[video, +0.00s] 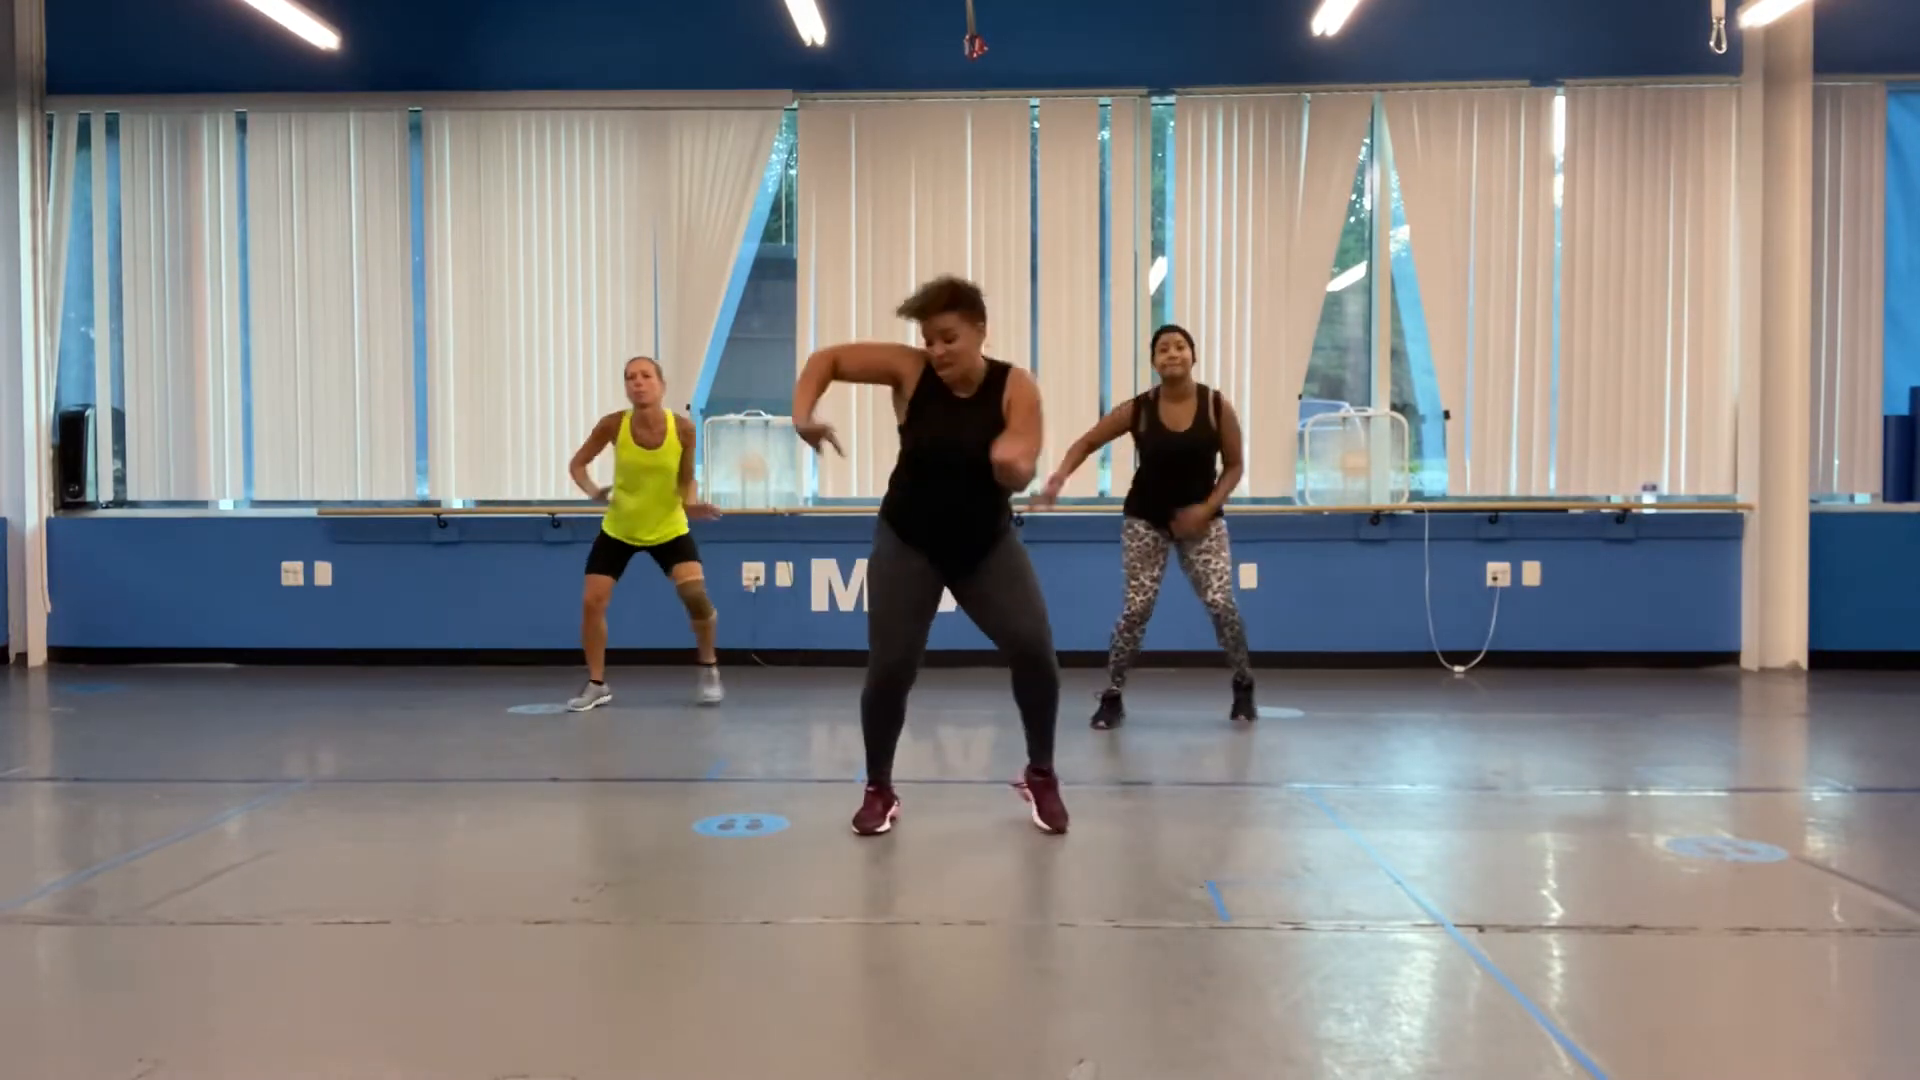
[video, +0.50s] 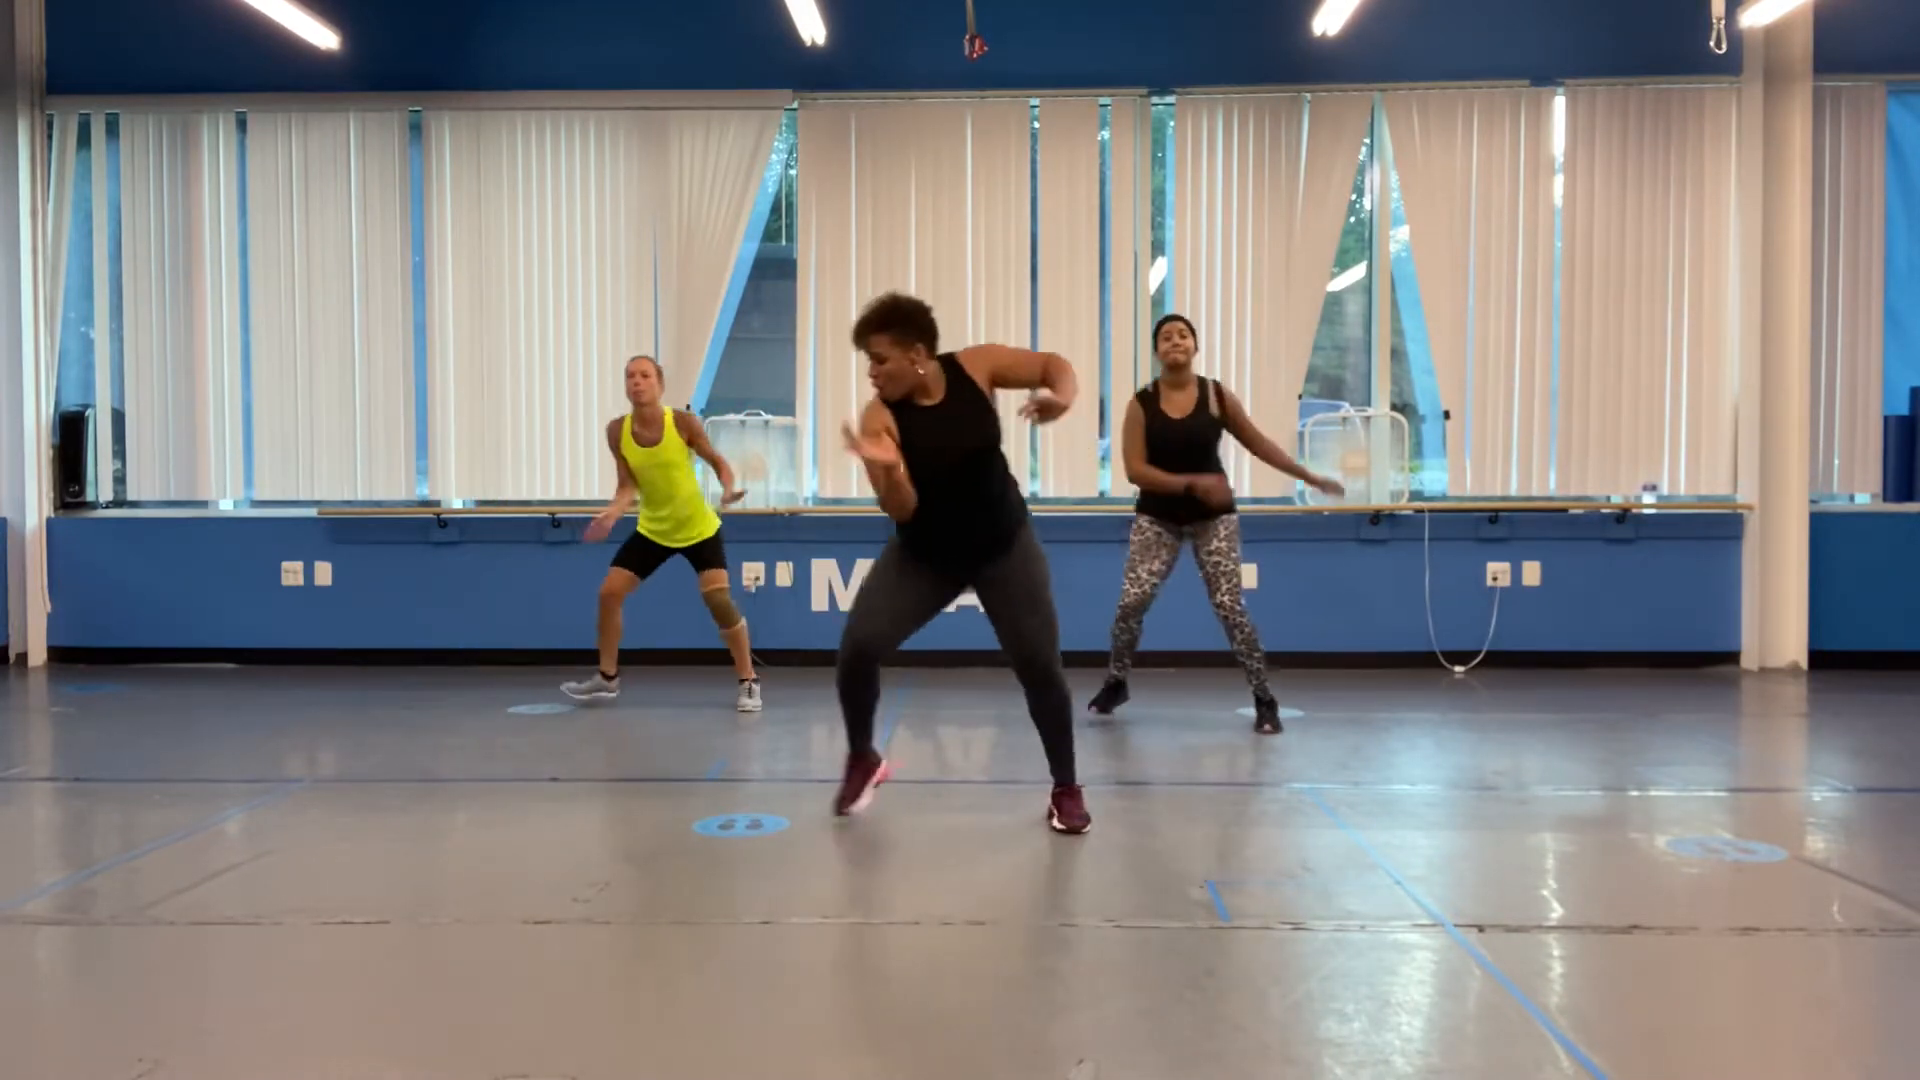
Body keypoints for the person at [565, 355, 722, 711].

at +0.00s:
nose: (638, 383)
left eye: (645, 376)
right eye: (631, 378)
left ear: (662, 385)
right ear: (626, 388)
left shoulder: (683, 428)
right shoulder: (614, 424)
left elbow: (687, 477)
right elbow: (577, 465)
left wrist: (691, 504)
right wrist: (594, 492)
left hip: (668, 524)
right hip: (620, 523)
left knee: (695, 594)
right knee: (593, 601)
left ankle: (709, 668)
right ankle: (596, 684)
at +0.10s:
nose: (652, 379)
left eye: (659, 372)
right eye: (644, 375)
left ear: (675, 380)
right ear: (639, 385)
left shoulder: (698, 419)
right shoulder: (630, 421)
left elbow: (709, 476)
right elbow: (589, 446)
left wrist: (678, 482)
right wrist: (575, 483)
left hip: (681, 522)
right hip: (634, 519)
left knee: (712, 591)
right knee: (603, 597)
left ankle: (733, 676)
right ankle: (583, 677)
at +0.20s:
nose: (663, 388)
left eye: (670, 381)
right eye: (656, 384)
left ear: (687, 388)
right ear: (650, 395)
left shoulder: (711, 423)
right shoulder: (645, 430)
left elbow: (728, 474)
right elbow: (610, 452)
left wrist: (674, 469)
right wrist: (574, 474)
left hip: (698, 530)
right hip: (652, 528)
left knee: (729, 597)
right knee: (619, 605)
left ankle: (740, 685)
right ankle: (584, 668)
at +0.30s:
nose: (666, 391)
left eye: (673, 384)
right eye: (658, 387)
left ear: (688, 392)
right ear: (652, 397)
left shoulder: (714, 427)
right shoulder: (647, 440)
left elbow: (737, 478)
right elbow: (631, 483)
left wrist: (690, 481)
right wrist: (583, 489)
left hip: (703, 533)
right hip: (658, 533)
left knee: (736, 599)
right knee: (631, 613)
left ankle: (740, 686)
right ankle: (626, 676)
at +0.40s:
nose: (656, 388)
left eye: (663, 381)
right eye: (649, 383)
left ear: (678, 389)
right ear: (643, 394)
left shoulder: (704, 427)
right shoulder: (637, 438)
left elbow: (734, 478)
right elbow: (641, 493)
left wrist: (710, 500)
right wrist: (599, 514)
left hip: (705, 530)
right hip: (659, 532)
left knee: (733, 599)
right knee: (625, 602)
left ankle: (740, 685)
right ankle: (627, 677)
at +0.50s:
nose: (636, 382)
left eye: (644, 376)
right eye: (631, 377)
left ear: (660, 384)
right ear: (625, 386)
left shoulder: (684, 423)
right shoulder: (617, 430)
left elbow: (716, 461)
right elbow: (627, 484)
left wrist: (729, 489)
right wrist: (612, 513)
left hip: (698, 525)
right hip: (653, 528)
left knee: (718, 600)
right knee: (610, 593)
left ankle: (748, 682)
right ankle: (607, 679)